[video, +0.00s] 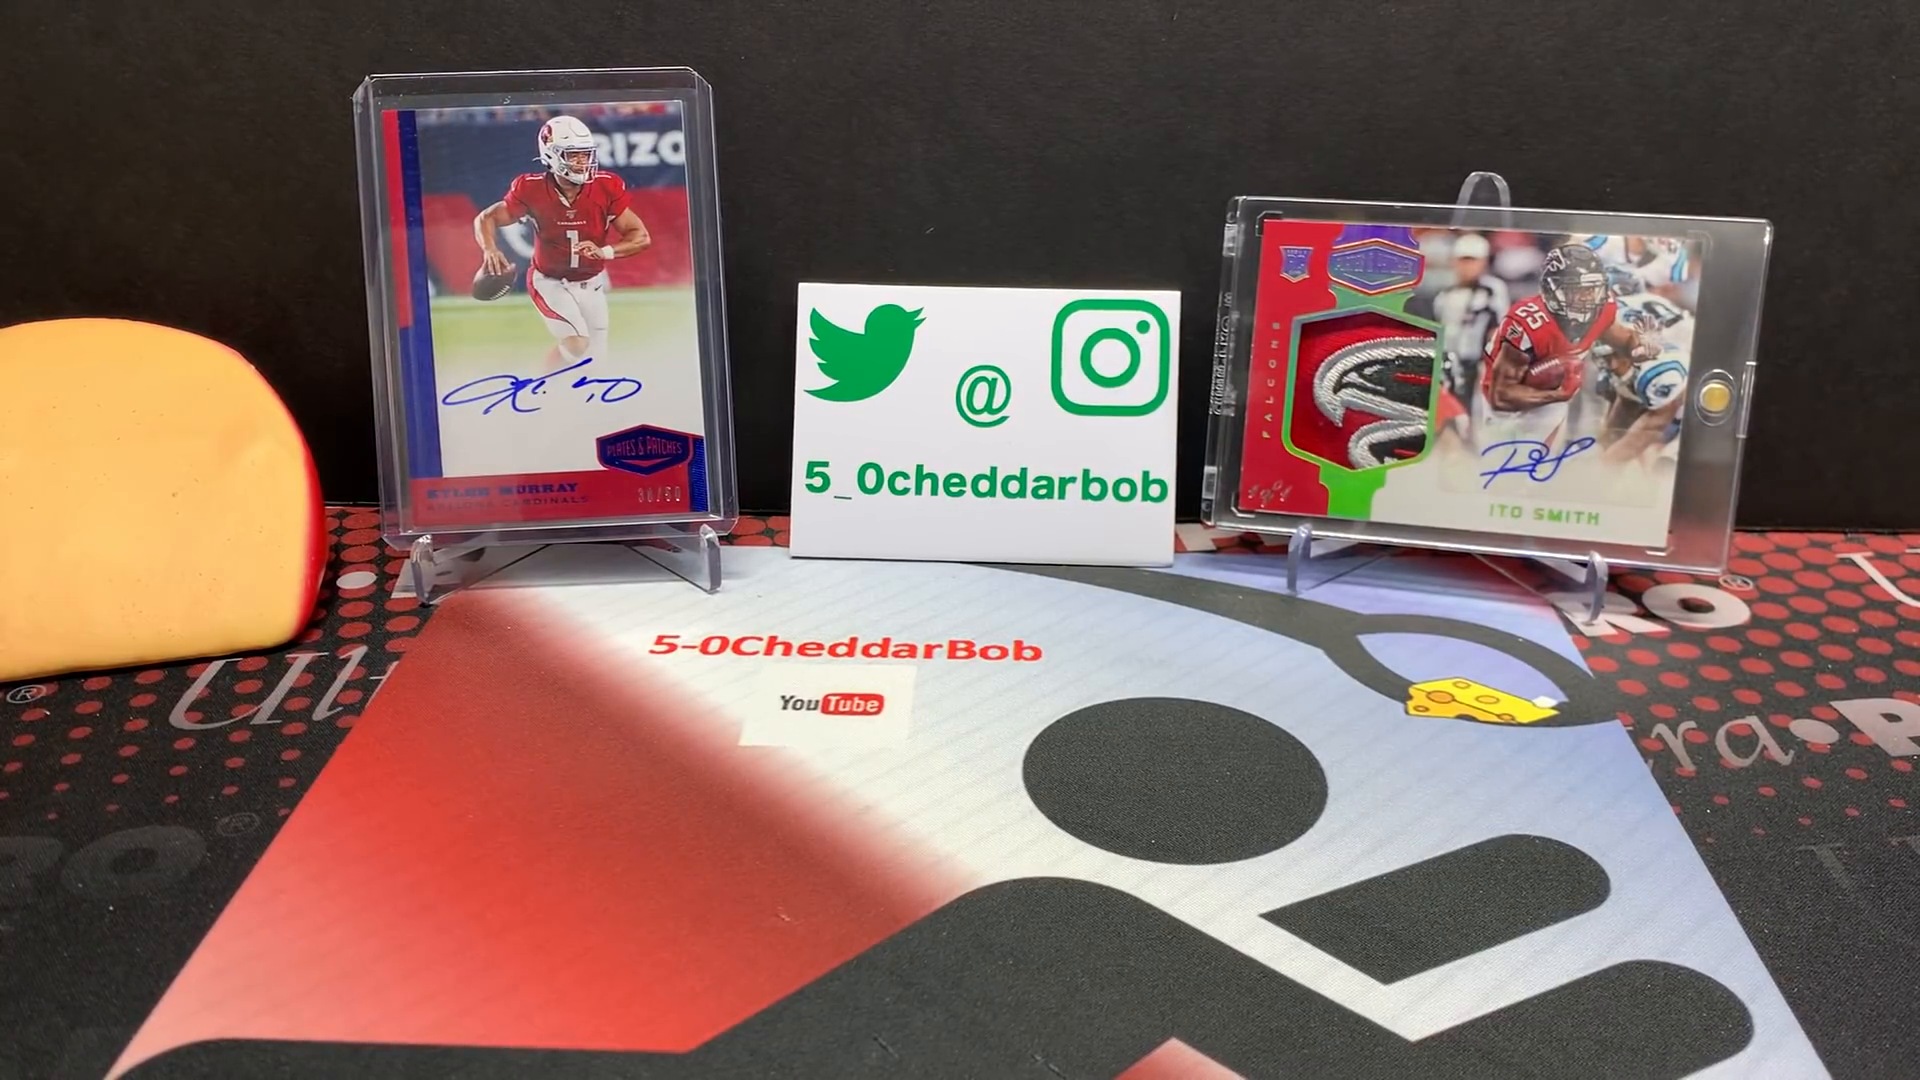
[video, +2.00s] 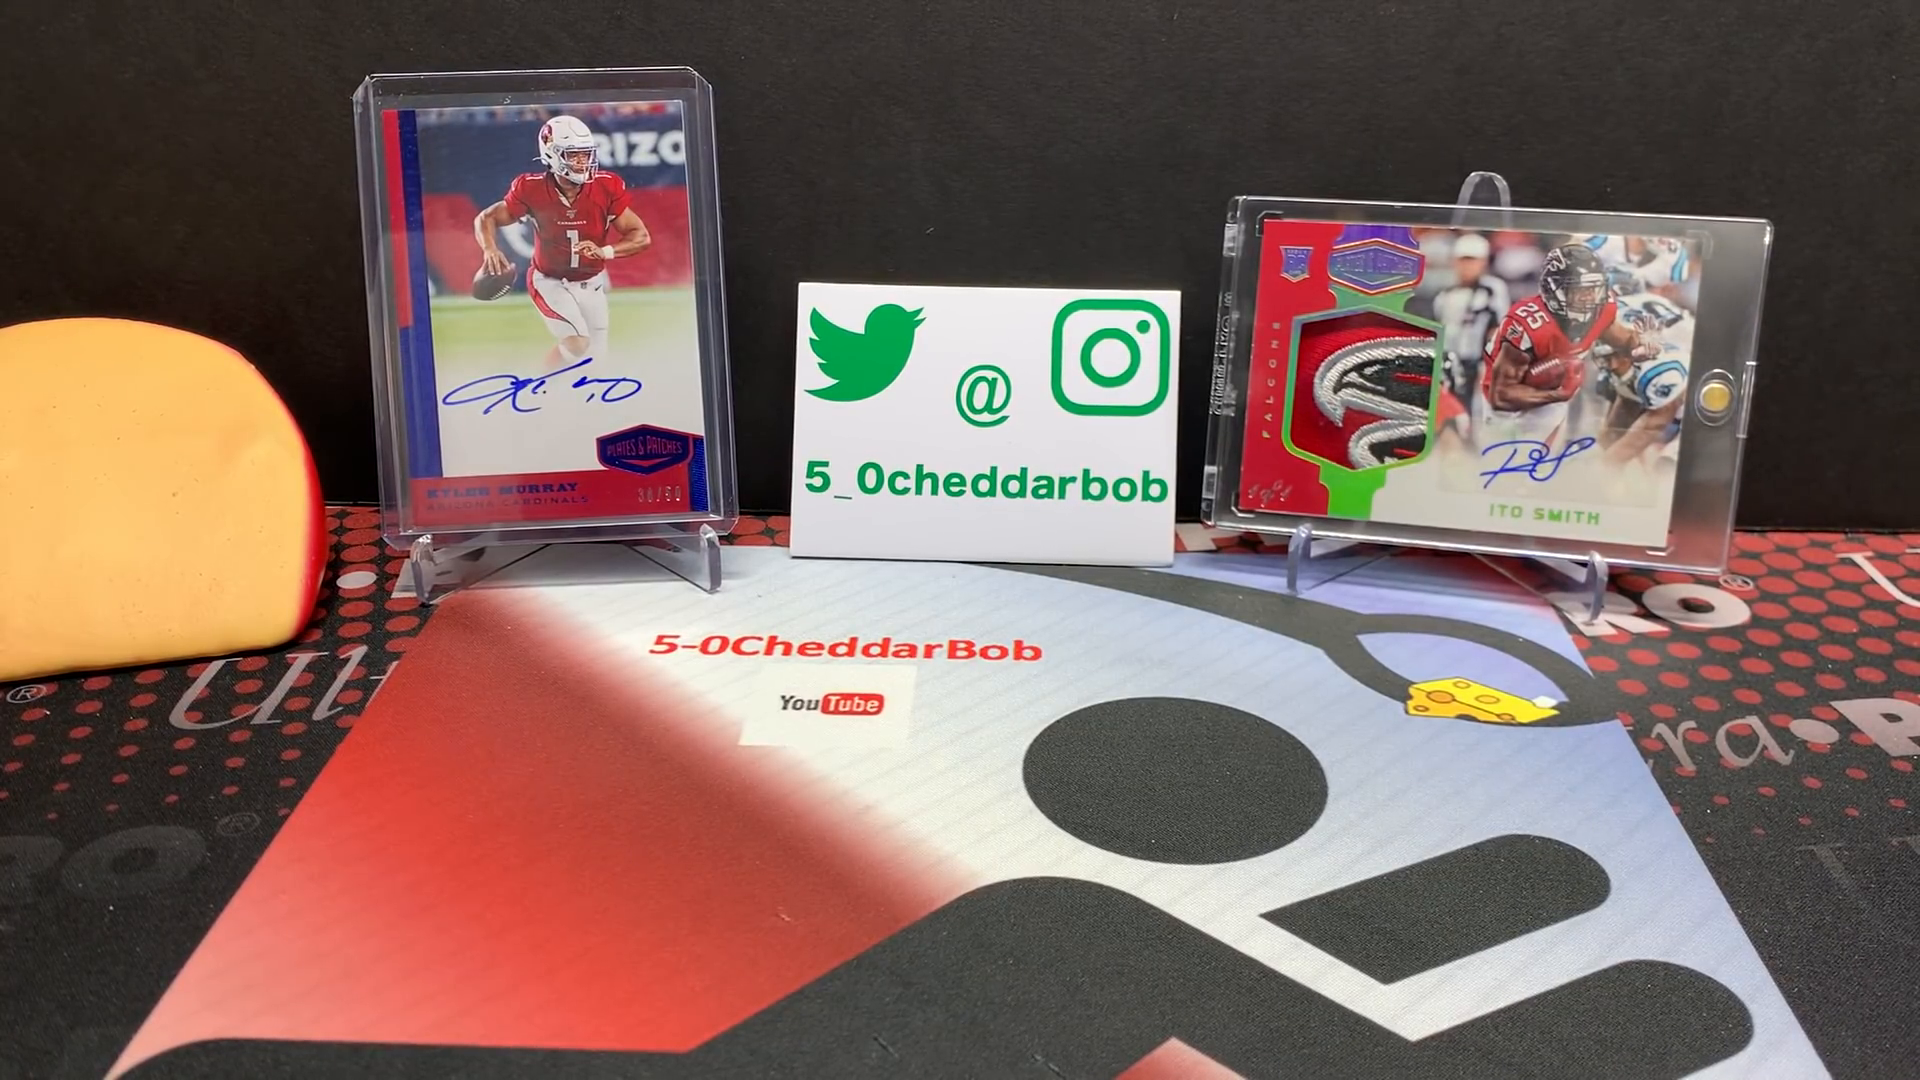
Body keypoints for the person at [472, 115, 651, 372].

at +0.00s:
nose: (580, 162)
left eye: (585, 155)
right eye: (572, 156)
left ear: (592, 154)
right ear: (551, 156)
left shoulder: (607, 187)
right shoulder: (529, 190)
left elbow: (641, 237)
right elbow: (484, 219)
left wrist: (605, 252)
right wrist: (490, 249)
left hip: (591, 282)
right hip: (548, 281)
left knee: (596, 362)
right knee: (577, 344)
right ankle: (533, 389)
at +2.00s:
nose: (581, 162)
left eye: (585, 155)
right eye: (572, 156)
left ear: (592, 154)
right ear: (552, 155)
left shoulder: (607, 187)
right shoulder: (530, 189)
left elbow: (641, 237)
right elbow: (484, 219)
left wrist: (605, 252)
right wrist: (490, 249)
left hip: (591, 282)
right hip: (548, 280)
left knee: (596, 361)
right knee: (576, 343)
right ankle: (533, 392)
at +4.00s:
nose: (580, 162)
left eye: (585, 155)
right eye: (573, 156)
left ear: (592, 154)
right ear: (552, 155)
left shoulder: (607, 187)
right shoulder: (530, 189)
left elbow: (641, 238)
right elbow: (485, 219)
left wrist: (605, 252)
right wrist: (489, 248)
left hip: (591, 283)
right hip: (549, 280)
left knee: (596, 362)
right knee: (577, 344)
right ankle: (533, 390)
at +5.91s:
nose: (580, 162)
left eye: (585, 155)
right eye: (572, 156)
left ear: (592, 154)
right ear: (552, 155)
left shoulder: (607, 187)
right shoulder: (530, 189)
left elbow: (642, 237)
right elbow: (484, 219)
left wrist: (606, 252)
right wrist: (490, 248)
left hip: (591, 283)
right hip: (549, 281)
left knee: (596, 363)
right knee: (577, 345)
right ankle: (534, 390)